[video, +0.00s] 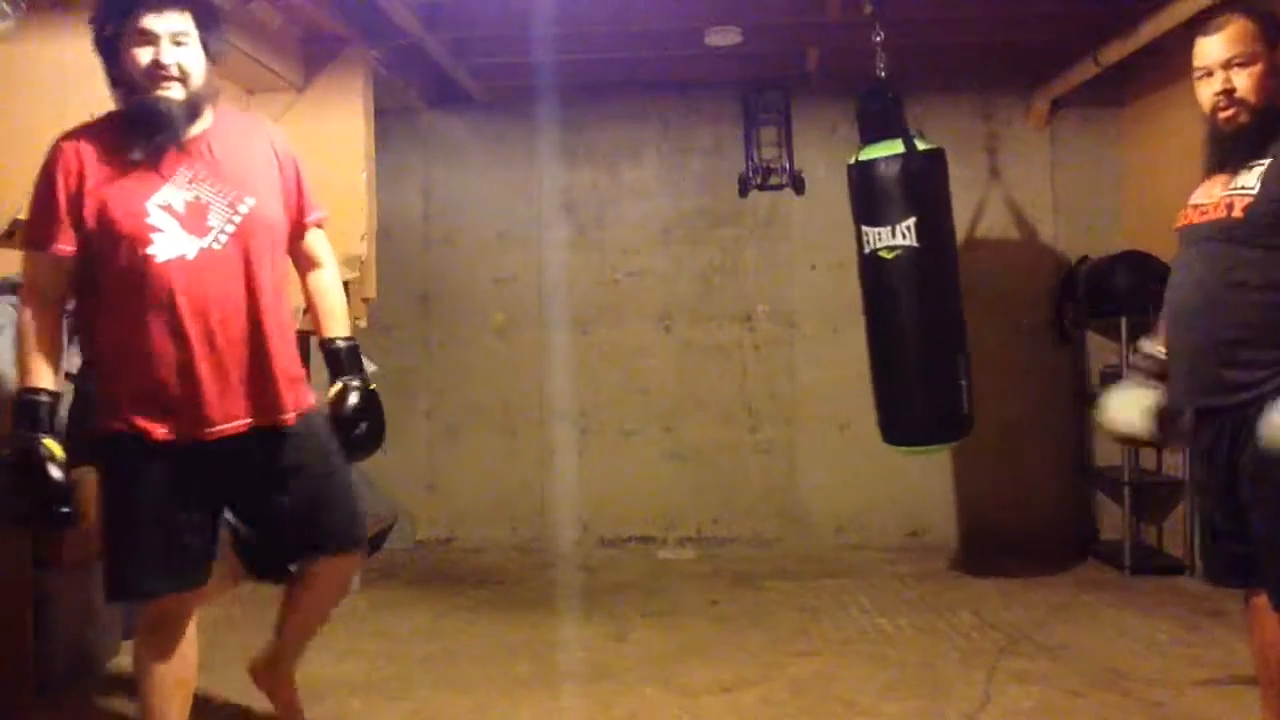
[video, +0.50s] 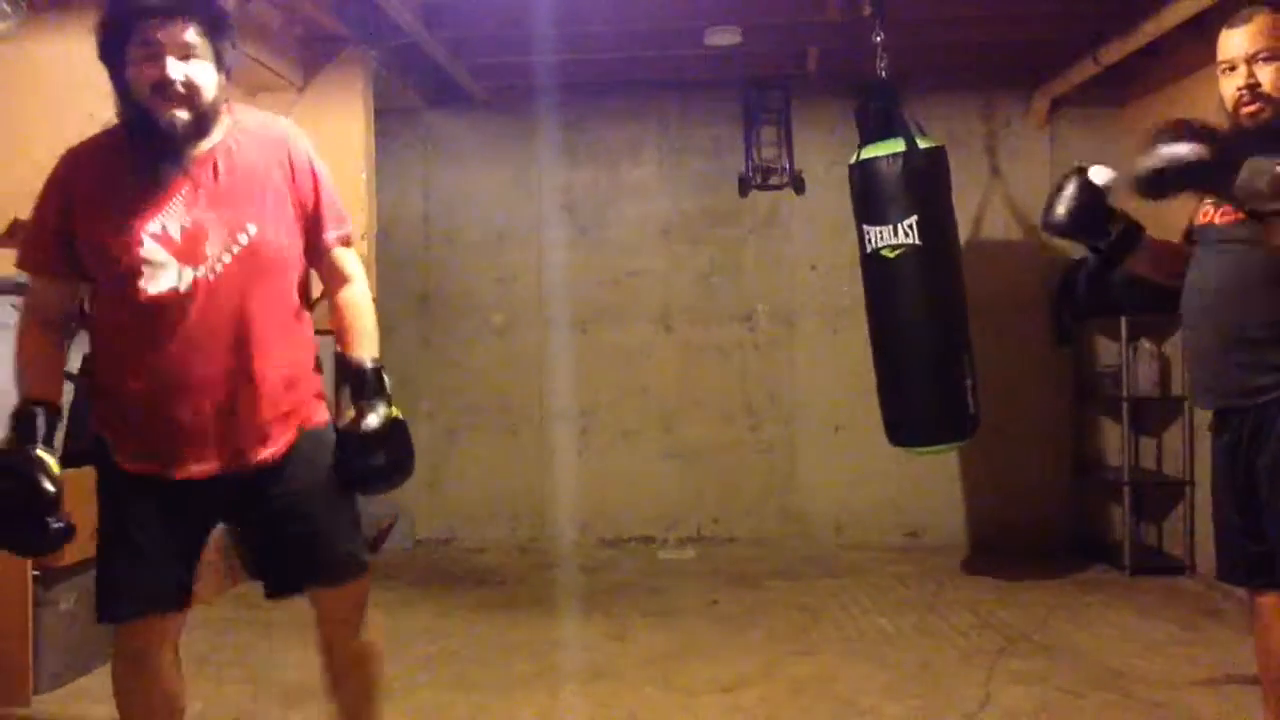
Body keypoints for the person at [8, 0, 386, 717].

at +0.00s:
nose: (165, 55)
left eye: (181, 40)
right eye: (145, 41)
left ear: (207, 54)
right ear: (113, 56)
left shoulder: (260, 142)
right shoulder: (80, 158)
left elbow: (316, 258)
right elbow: (43, 300)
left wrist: (349, 368)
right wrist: (39, 422)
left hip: (271, 408)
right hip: (148, 426)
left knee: (338, 545)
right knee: (167, 604)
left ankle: (280, 662)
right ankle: (163, 718)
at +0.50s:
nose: (170, 74)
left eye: (188, 53)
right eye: (149, 55)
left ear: (221, 62)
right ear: (120, 68)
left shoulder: (283, 152)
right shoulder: (83, 175)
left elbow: (345, 275)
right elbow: (47, 317)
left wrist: (369, 395)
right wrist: (33, 443)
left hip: (283, 439)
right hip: (148, 456)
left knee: (346, 598)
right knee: (142, 639)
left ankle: (363, 715)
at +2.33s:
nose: (289, 70)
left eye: (310, 52)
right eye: (269, 54)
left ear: (345, 71)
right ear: (241, 77)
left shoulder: (400, 184)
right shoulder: (193, 190)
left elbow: (462, 314)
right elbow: (93, 306)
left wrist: (426, 375)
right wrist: (141, 369)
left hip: (372, 474)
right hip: (220, 478)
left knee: (453, 633)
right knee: (139, 657)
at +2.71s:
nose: (301, 89)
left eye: (318, 74)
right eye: (280, 74)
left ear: (347, 92)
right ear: (249, 93)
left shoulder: (394, 182)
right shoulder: (204, 186)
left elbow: (420, 323)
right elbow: (154, 303)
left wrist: (419, 278)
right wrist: (198, 259)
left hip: (375, 472)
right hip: (223, 473)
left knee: (441, 656)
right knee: (150, 670)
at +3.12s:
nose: (293, 80)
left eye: (310, 64)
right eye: (272, 65)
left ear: (342, 80)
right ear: (244, 86)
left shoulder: (395, 182)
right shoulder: (197, 185)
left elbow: (433, 320)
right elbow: (154, 319)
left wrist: (421, 317)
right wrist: (185, 302)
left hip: (377, 470)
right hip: (222, 470)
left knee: (442, 636)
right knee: (153, 655)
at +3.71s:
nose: (268, 86)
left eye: (271, 67)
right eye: (241, 67)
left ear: (284, 78)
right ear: (187, 90)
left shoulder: (335, 173)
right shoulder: (134, 202)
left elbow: (397, 292)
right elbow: (102, 349)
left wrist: (377, 403)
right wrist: (164, 436)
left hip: (349, 467)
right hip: (203, 475)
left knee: (425, 635)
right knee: (138, 667)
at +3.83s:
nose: (245, 54)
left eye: (243, 34)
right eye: (219, 31)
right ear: (159, 54)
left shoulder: (301, 151)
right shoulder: (93, 182)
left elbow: (356, 274)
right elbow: (65, 338)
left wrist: (353, 382)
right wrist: (148, 424)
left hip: (321, 449)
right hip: (180, 466)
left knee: (402, 618)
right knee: (134, 656)